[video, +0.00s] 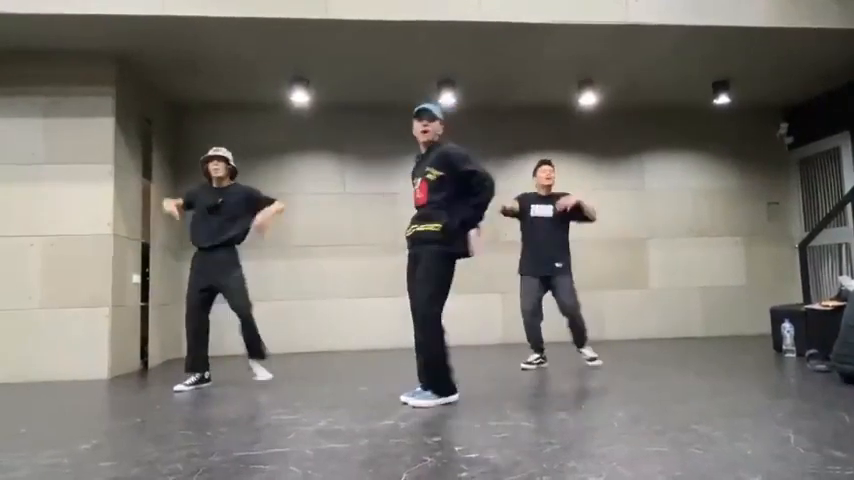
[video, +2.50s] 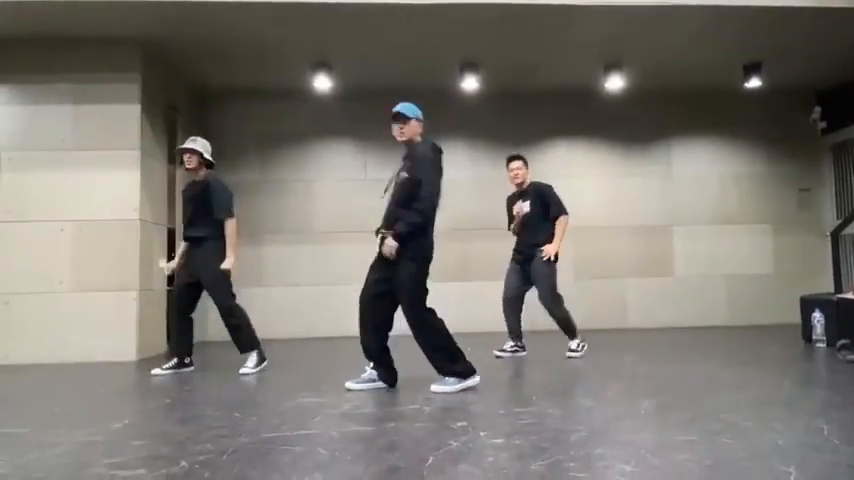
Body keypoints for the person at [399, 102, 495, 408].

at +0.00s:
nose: (425, 126)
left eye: (431, 121)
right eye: (420, 121)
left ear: (441, 126)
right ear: (413, 127)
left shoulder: (451, 154)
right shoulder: (421, 164)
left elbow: (484, 185)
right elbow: (434, 198)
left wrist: (461, 222)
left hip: (440, 246)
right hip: (419, 245)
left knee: (427, 314)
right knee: (420, 314)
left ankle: (442, 387)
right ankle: (430, 383)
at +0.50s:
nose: (421, 127)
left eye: (427, 121)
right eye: (416, 123)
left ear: (438, 125)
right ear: (411, 129)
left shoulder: (445, 156)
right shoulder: (425, 161)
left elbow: (475, 198)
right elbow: (439, 201)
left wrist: (451, 231)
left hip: (434, 252)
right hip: (419, 251)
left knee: (433, 318)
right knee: (424, 319)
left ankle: (448, 386)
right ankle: (436, 383)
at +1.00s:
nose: (425, 123)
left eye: (431, 118)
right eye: (420, 119)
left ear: (444, 123)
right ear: (416, 126)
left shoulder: (451, 157)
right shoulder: (427, 163)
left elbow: (477, 202)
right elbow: (437, 205)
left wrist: (456, 233)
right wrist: (452, 237)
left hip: (440, 253)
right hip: (422, 252)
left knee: (433, 317)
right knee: (412, 310)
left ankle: (454, 384)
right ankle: (439, 380)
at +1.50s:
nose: (419, 121)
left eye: (424, 115)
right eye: (414, 117)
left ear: (438, 119)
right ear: (410, 124)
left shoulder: (445, 153)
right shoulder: (420, 160)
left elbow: (441, 199)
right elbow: (415, 207)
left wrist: (398, 210)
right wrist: (395, 240)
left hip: (432, 250)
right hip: (412, 248)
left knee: (440, 316)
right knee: (399, 317)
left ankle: (459, 380)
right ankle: (377, 380)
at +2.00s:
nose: (390, 120)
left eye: (396, 114)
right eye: (387, 116)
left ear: (414, 118)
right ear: (390, 123)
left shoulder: (416, 146)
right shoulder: (406, 149)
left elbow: (425, 193)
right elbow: (404, 199)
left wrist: (397, 223)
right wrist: (384, 219)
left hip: (419, 244)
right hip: (404, 243)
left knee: (423, 308)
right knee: (392, 307)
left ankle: (460, 375)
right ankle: (384, 375)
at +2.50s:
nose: (398, 127)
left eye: (404, 122)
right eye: (395, 123)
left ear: (419, 125)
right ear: (394, 128)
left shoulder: (426, 152)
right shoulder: (409, 156)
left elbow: (426, 202)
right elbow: (400, 199)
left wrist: (396, 234)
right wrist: (387, 230)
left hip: (414, 246)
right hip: (394, 244)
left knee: (414, 308)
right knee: (372, 303)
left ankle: (461, 372)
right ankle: (381, 371)